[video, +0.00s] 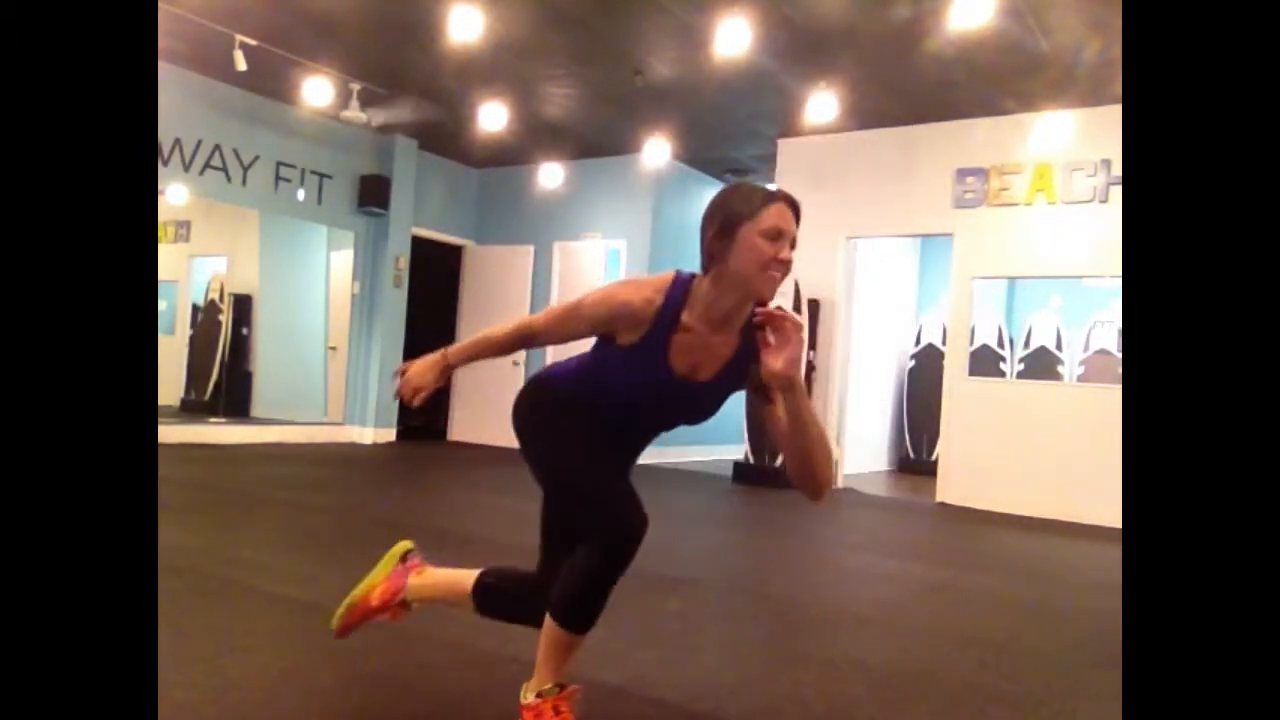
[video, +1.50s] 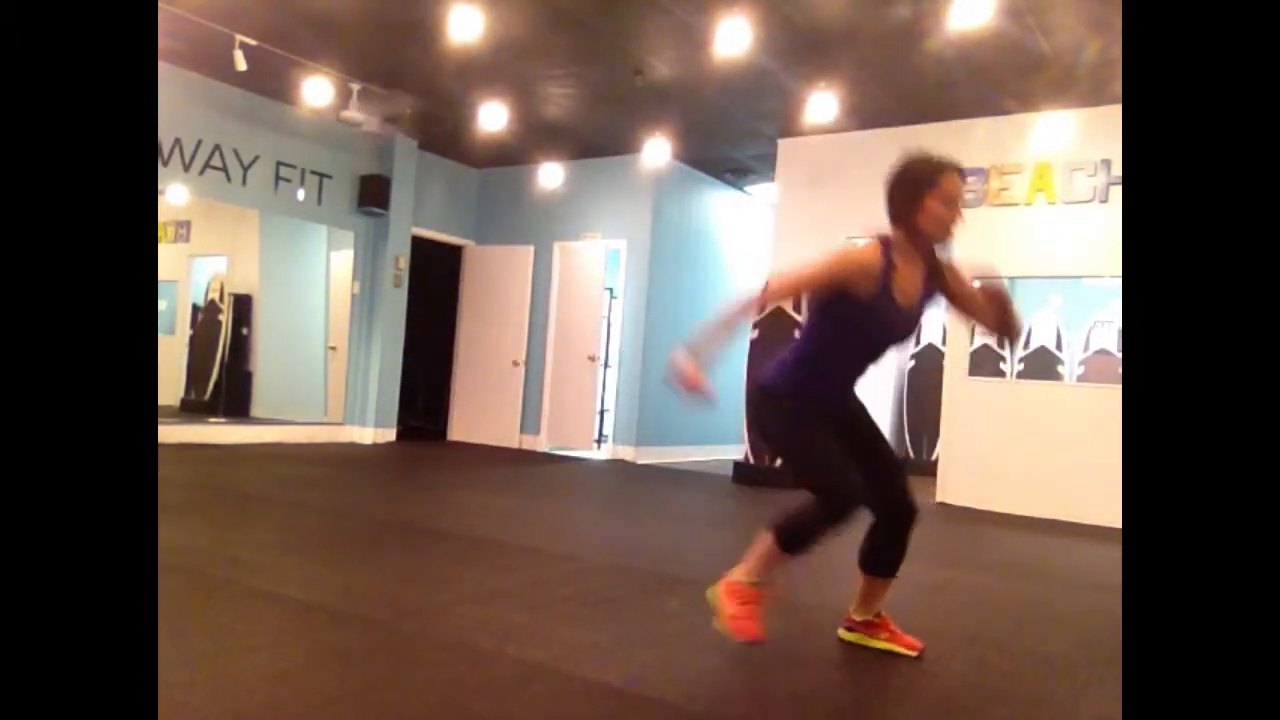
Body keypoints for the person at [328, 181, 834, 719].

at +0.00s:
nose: (786, 256)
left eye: (792, 244)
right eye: (773, 237)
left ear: (789, 256)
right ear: (723, 239)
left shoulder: (765, 342)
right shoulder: (644, 302)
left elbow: (817, 484)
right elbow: (531, 331)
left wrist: (789, 386)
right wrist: (441, 361)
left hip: (612, 447)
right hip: (557, 411)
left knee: (549, 601)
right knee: (619, 525)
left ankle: (411, 580)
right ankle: (543, 689)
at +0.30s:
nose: (832, 187)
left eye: (836, 175)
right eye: (822, 170)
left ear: (825, 186)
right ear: (776, 171)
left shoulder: (792, 270)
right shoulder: (710, 237)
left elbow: (844, 371)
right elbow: (660, 355)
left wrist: (830, 314)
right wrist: (776, 345)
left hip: (678, 404)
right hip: (618, 390)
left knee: (759, 522)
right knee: (656, 531)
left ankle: (636, 566)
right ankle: (557, 689)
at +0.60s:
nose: (946, 191)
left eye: (950, 181)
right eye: (938, 179)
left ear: (934, 186)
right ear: (900, 178)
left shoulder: (914, 238)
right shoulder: (853, 231)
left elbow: (942, 291)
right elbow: (874, 321)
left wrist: (997, 327)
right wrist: (935, 266)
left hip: (799, 377)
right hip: (747, 368)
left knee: (857, 477)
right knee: (716, 478)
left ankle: (876, 598)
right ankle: (579, 563)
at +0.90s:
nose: (1006, 300)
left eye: (1006, 289)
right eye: (998, 288)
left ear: (964, 293)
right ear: (965, 291)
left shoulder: (926, 331)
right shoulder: (930, 348)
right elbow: (963, 449)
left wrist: (802, 376)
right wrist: (1005, 382)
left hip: (846, 434)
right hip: (799, 437)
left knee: (919, 515)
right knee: (812, 562)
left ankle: (863, 617)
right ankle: (730, 501)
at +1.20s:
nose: (1005, 305)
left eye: (1005, 294)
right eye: (996, 293)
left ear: (972, 300)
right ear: (961, 296)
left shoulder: (945, 344)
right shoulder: (928, 347)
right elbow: (943, 451)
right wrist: (996, 394)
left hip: (851, 432)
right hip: (798, 437)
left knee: (920, 513)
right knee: (830, 557)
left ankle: (864, 615)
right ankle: (772, 515)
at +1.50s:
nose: (957, 215)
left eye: (959, 204)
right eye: (948, 202)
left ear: (931, 210)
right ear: (914, 204)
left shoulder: (935, 272)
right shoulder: (864, 261)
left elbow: (1001, 328)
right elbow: (767, 295)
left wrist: (998, 302)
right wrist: (697, 353)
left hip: (836, 398)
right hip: (785, 395)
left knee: (896, 506)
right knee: (840, 494)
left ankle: (864, 616)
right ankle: (739, 583)